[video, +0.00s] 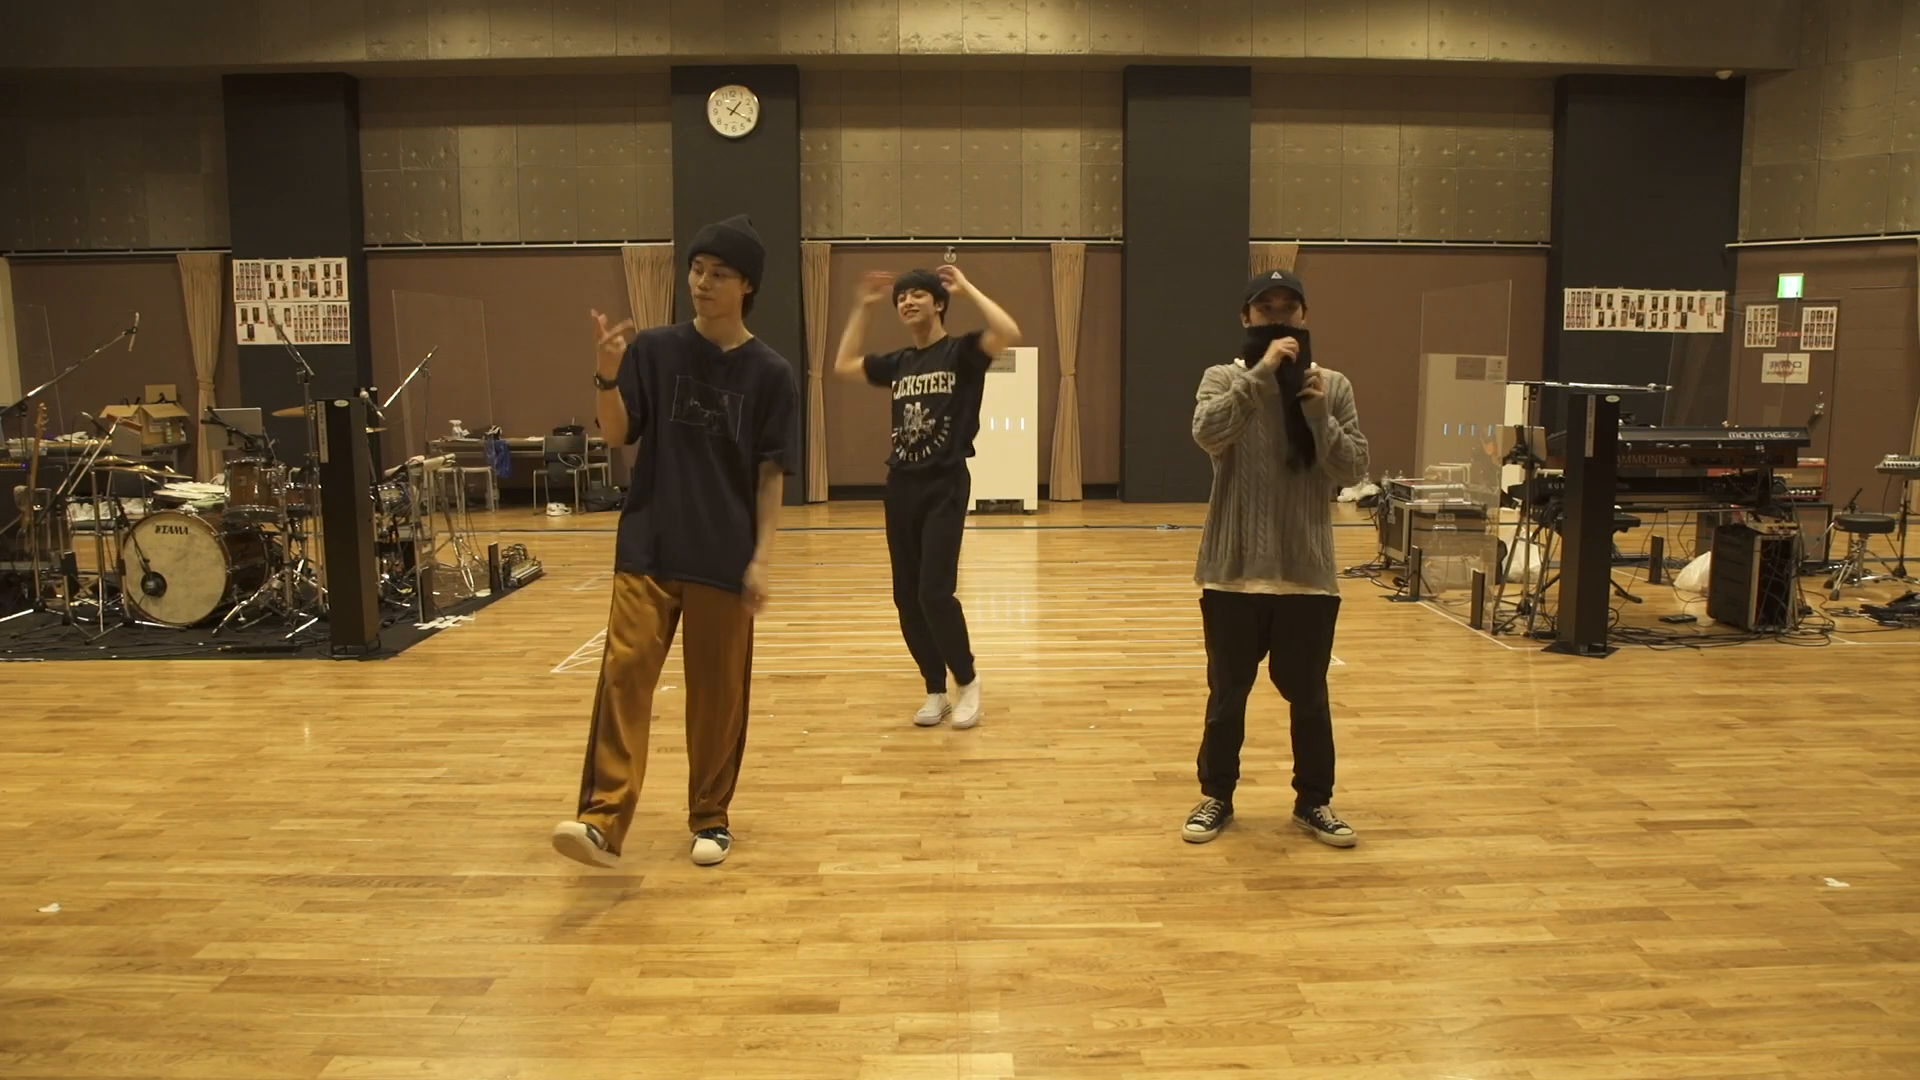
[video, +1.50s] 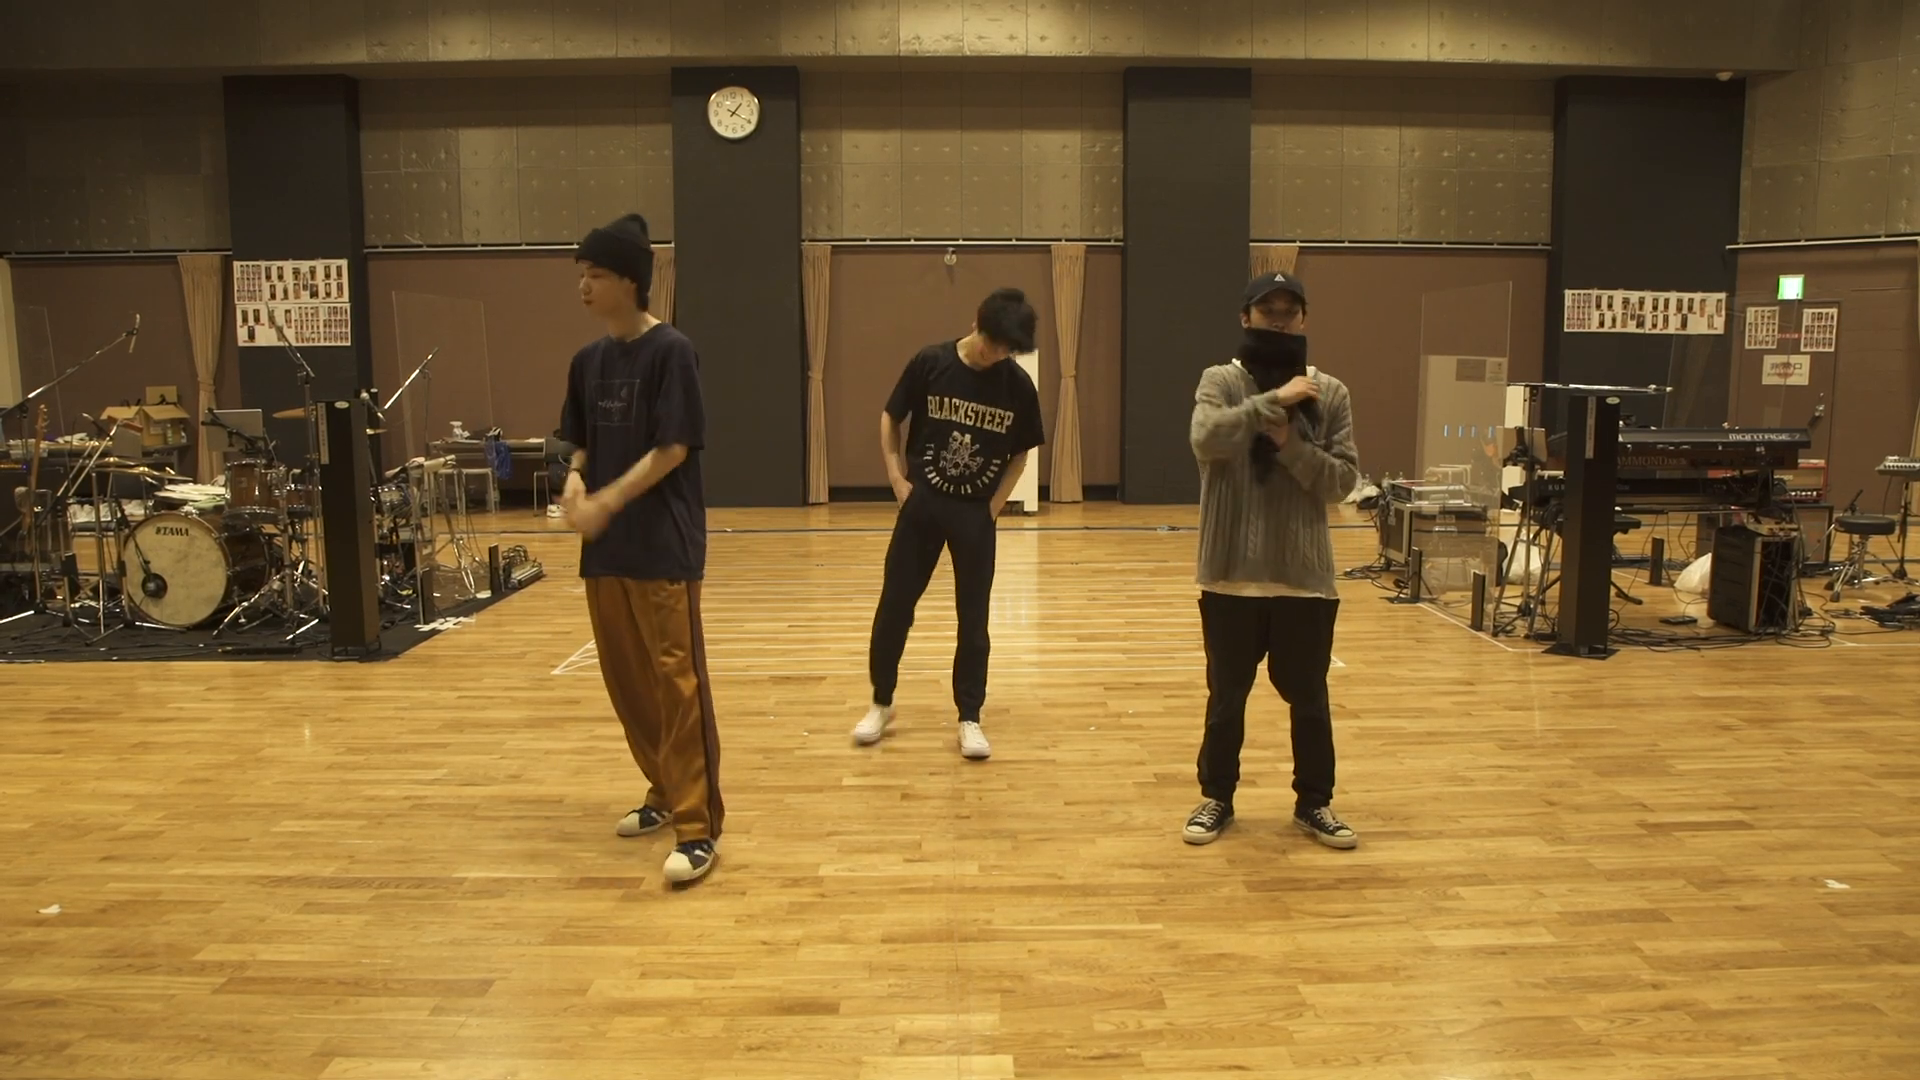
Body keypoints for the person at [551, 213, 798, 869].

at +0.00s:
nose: (702, 284)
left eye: (718, 274)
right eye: (697, 272)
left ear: (747, 287)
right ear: (688, 279)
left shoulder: (769, 372)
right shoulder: (652, 349)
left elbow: (771, 473)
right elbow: (615, 432)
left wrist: (762, 557)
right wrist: (607, 377)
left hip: (725, 553)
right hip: (647, 545)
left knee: (719, 690)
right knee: (622, 672)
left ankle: (710, 820)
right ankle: (602, 821)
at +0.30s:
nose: (700, 291)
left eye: (715, 283)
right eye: (696, 279)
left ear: (748, 293)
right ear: (688, 281)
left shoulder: (776, 372)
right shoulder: (654, 344)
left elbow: (800, 467)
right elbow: (608, 423)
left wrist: (807, 550)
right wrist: (608, 344)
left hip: (722, 556)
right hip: (640, 544)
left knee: (712, 691)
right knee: (606, 673)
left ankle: (710, 821)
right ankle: (573, 822)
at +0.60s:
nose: (687, 290)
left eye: (701, 282)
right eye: (683, 278)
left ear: (737, 288)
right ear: (677, 279)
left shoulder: (767, 369)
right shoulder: (647, 345)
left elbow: (788, 467)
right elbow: (606, 426)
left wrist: (797, 549)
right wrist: (598, 354)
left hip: (714, 552)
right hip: (635, 544)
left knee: (710, 690)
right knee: (610, 681)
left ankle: (709, 819)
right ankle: (602, 810)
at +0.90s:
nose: (649, 284)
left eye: (661, 275)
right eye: (651, 273)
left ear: (696, 286)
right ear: (667, 283)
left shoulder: (741, 370)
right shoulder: (629, 357)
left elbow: (765, 464)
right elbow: (616, 443)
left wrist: (724, 513)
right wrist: (578, 421)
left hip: (698, 558)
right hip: (627, 551)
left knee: (698, 690)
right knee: (623, 677)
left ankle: (710, 819)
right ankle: (664, 784)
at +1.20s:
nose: (605, 285)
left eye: (616, 275)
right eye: (609, 273)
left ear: (650, 285)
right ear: (638, 286)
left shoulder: (694, 360)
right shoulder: (611, 364)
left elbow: (695, 460)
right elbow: (607, 453)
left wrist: (610, 444)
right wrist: (580, 475)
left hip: (668, 560)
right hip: (611, 555)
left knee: (669, 688)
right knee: (625, 687)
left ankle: (710, 819)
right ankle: (665, 795)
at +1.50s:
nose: (582, 289)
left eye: (592, 277)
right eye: (581, 277)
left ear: (630, 280)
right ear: (596, 281)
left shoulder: (672, 352)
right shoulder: (589, 360)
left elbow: (675, 448)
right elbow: (581, 442)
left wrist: (607, 500)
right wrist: (573, 482)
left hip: (663, 553)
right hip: (606, 552)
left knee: (676, 683)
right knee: (628, 682)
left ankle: (697, 828)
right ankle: (665, 793)